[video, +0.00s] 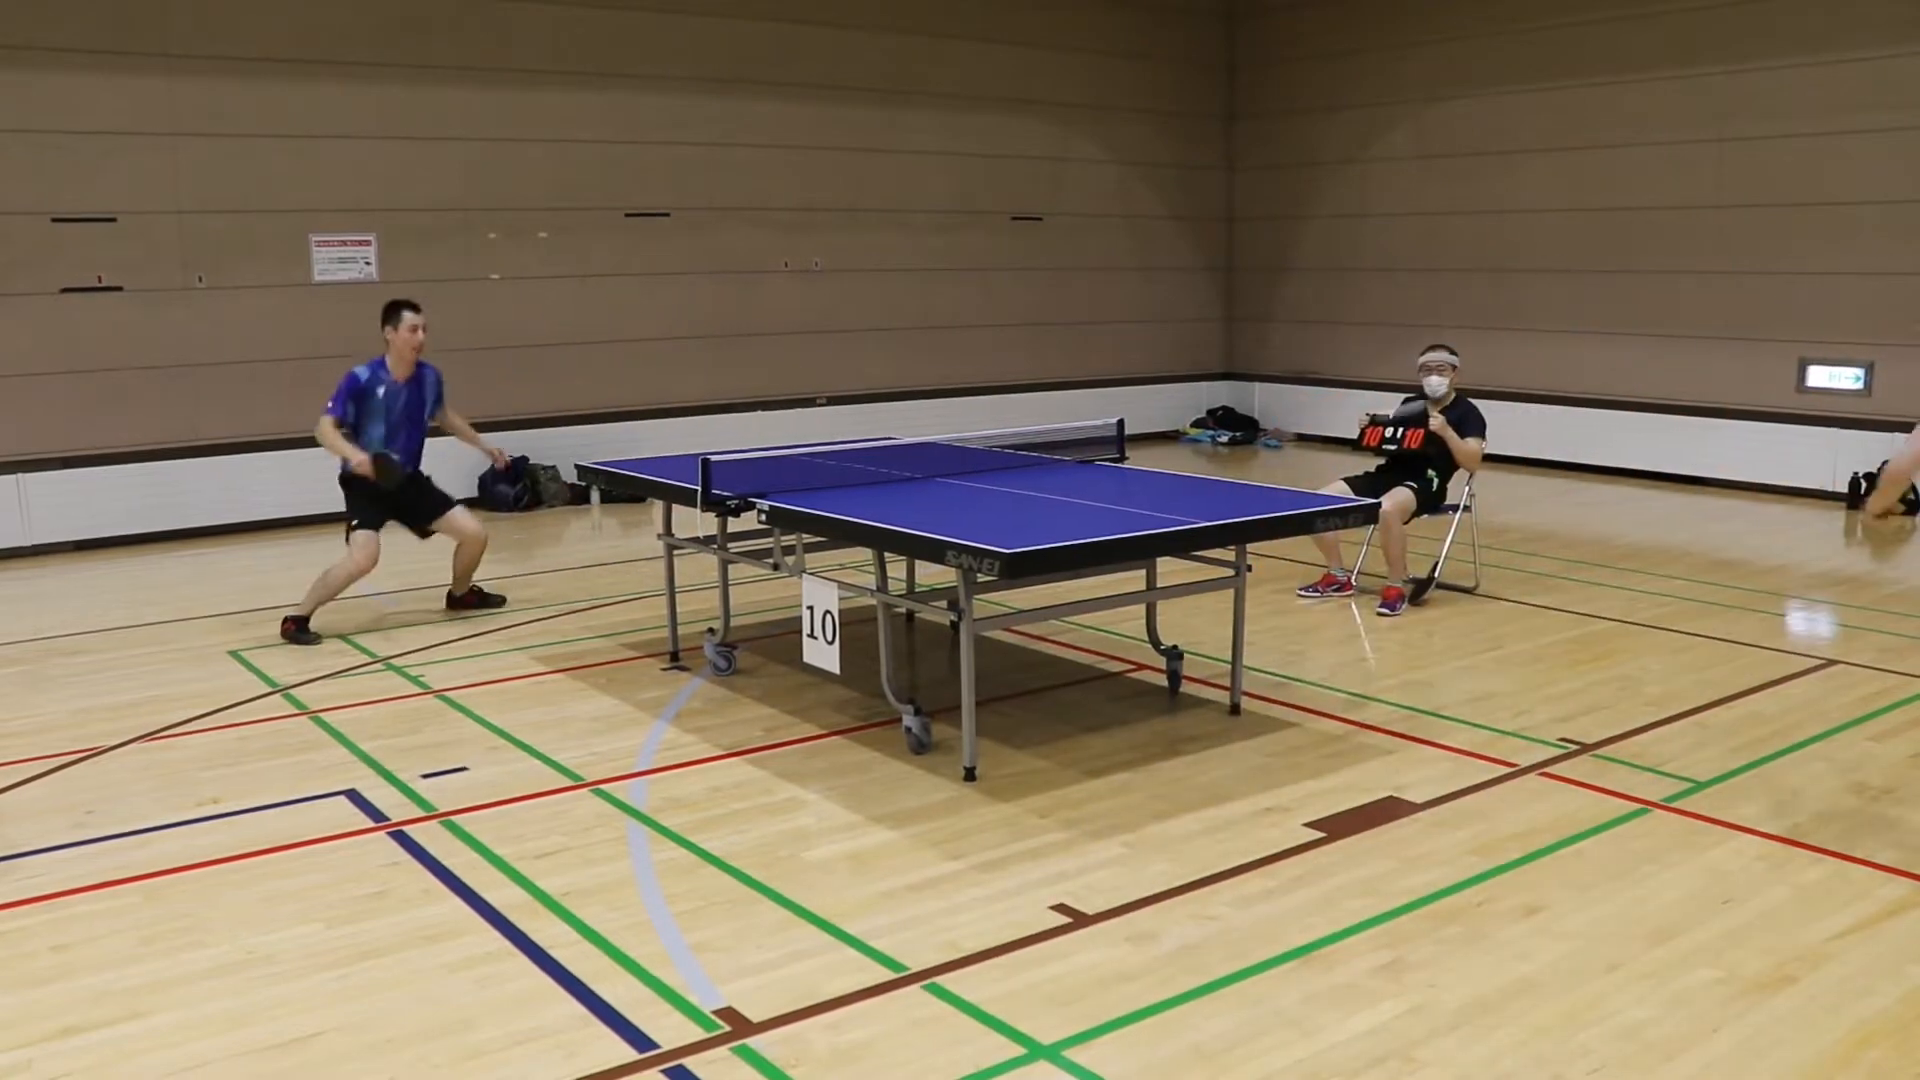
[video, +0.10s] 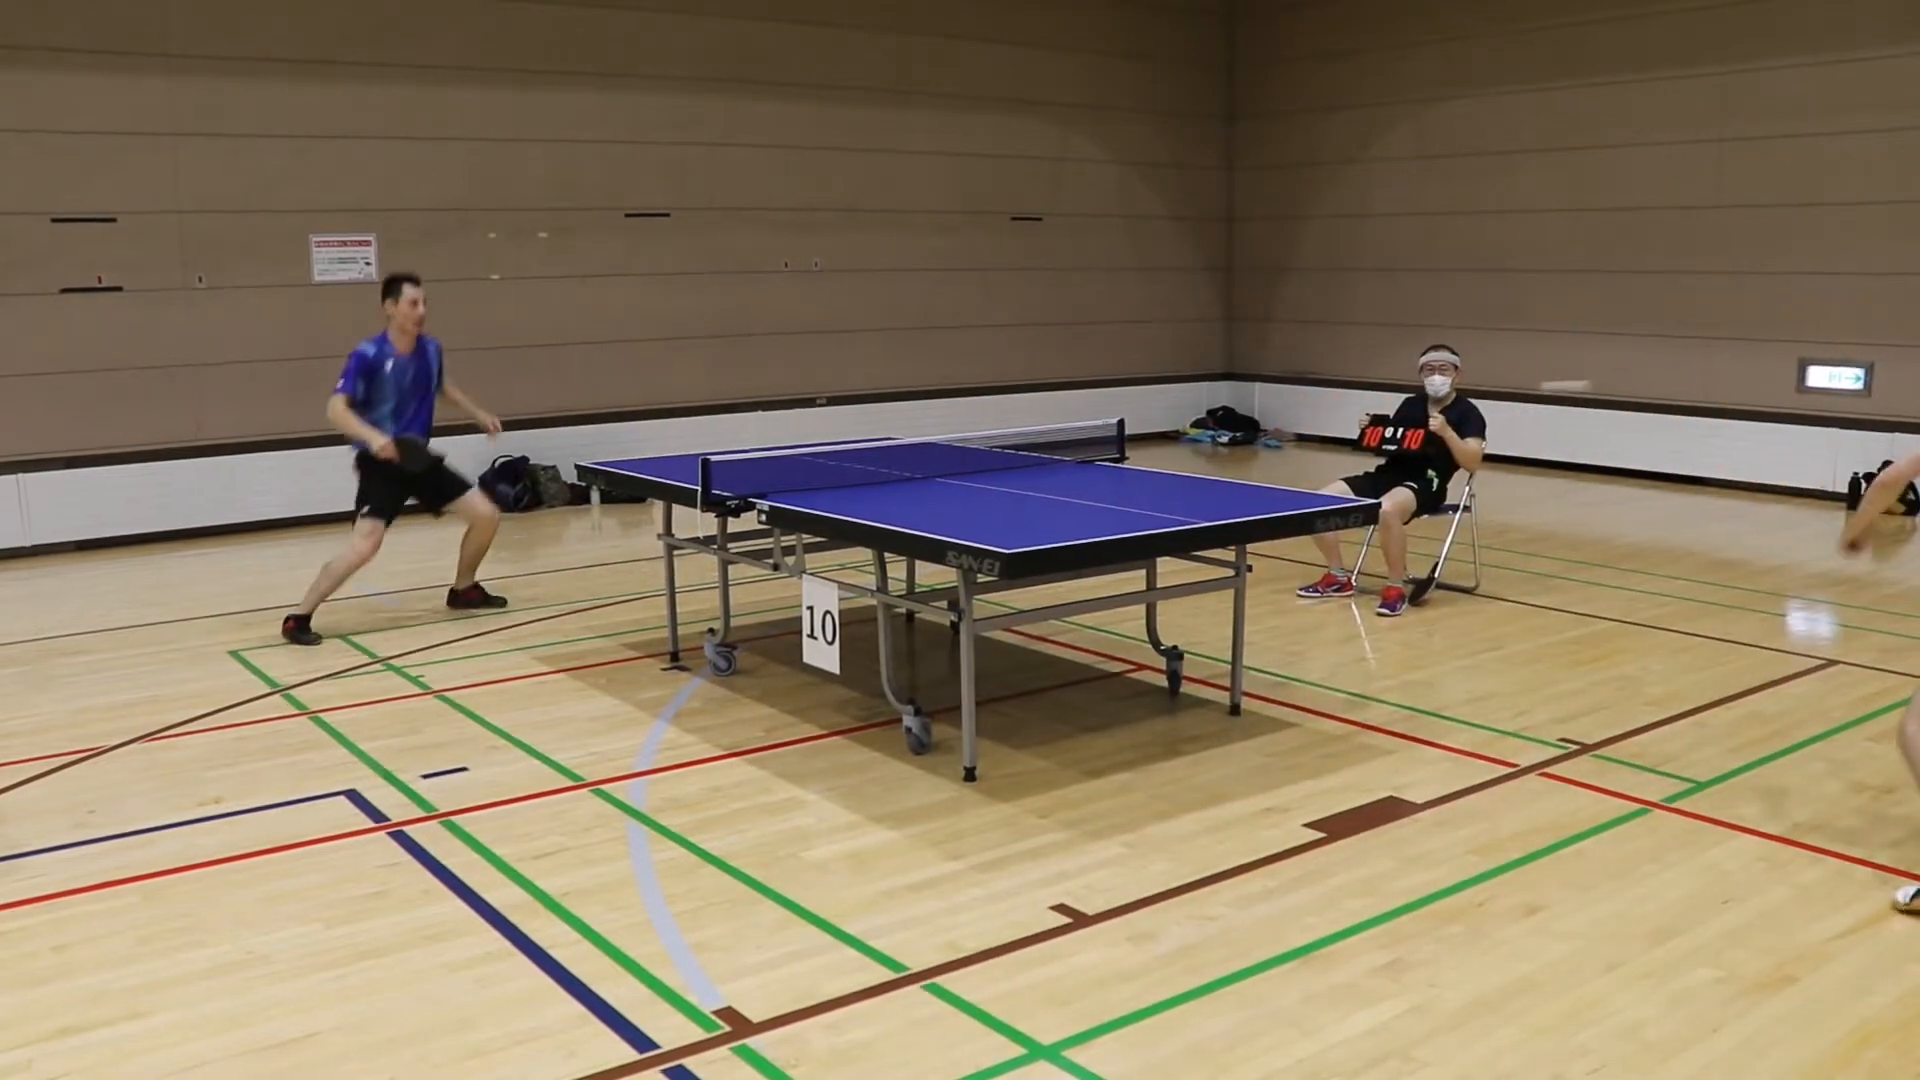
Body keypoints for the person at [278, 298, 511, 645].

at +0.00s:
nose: (421, 337)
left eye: (423, 330)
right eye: (413, 330)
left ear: (424, 333)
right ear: (390, 334)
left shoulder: (429, 378)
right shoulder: (361, 379)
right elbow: (324, 429)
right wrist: (355, 456)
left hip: (407, 480)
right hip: (364, 481)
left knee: (474, 534)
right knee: (363, 557)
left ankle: (461, 594)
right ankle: (297, 618)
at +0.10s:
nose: (421, 310)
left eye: (423, 303)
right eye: (412, 303)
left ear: (425, 307)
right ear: (389, 308)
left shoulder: (430, 350)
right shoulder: (368, 355)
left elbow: (442, 389)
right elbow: (337, 409)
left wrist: (480, 415)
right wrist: (373, 438)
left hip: (420, 456)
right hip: (380, 461)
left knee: (486, 516)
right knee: (364, 546)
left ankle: (464, 589)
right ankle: (299, 618)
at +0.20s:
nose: (430, 283)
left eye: (432, 276)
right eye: (421, 277)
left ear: (433, 281)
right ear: (399, 281)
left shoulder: (439, 321)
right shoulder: (380, 330)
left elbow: (448, 358)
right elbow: (354, 385)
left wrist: (478, 388)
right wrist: (392, 416)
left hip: (439, 433)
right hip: (401, 438)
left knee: (500, 488)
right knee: (381, 521)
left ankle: (481, 567)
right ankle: (320, 602)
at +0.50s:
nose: (484, 326)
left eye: (487, 318)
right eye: (476, 319)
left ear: (488, 320)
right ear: (454, 323)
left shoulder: (490, 355)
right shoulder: (436, 365)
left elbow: (503, 388)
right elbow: (406, 416)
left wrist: (526, 417)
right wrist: (451, 427)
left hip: (480, 454)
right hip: (441, 459)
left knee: (531, 514)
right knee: (469, 513)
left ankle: (524, 568)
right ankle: (438, 604)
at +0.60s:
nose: (490, 346)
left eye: (493, 338)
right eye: (482, 339)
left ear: (495, 339)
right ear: (461, 342)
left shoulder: (498, 372)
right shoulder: (442, 385)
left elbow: (514, 398)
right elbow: (416, 438)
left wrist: (539, 429)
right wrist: (448, 441)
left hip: (486, 469)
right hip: (446, 473)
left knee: (543, 519)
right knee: (467, 514)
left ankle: (525, 568)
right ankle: (438, 603)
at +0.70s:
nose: (476, 355)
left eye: (479, 347)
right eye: (467, 348)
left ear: (484, 348)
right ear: (449, 352)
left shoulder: (493, 377)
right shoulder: (435, 392)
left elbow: (514, 397)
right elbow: (401, 438)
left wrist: (541, 416)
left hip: (485, 474)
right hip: (443, 477)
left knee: (542, 525)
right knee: (462, 516)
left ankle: (525, 568)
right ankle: (437, 603)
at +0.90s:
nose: (449, 349)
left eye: (453, 341)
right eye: (441, 342)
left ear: (457, 342)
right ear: (421, 347)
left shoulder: (469, 370)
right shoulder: (407, 385)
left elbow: (492, 377)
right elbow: (361, 420)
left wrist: (527, 385)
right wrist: (349, 408)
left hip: (470, 463)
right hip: (427, 470)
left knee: (527, 522)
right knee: (445, 518)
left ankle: (515, 560)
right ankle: (435, 604)